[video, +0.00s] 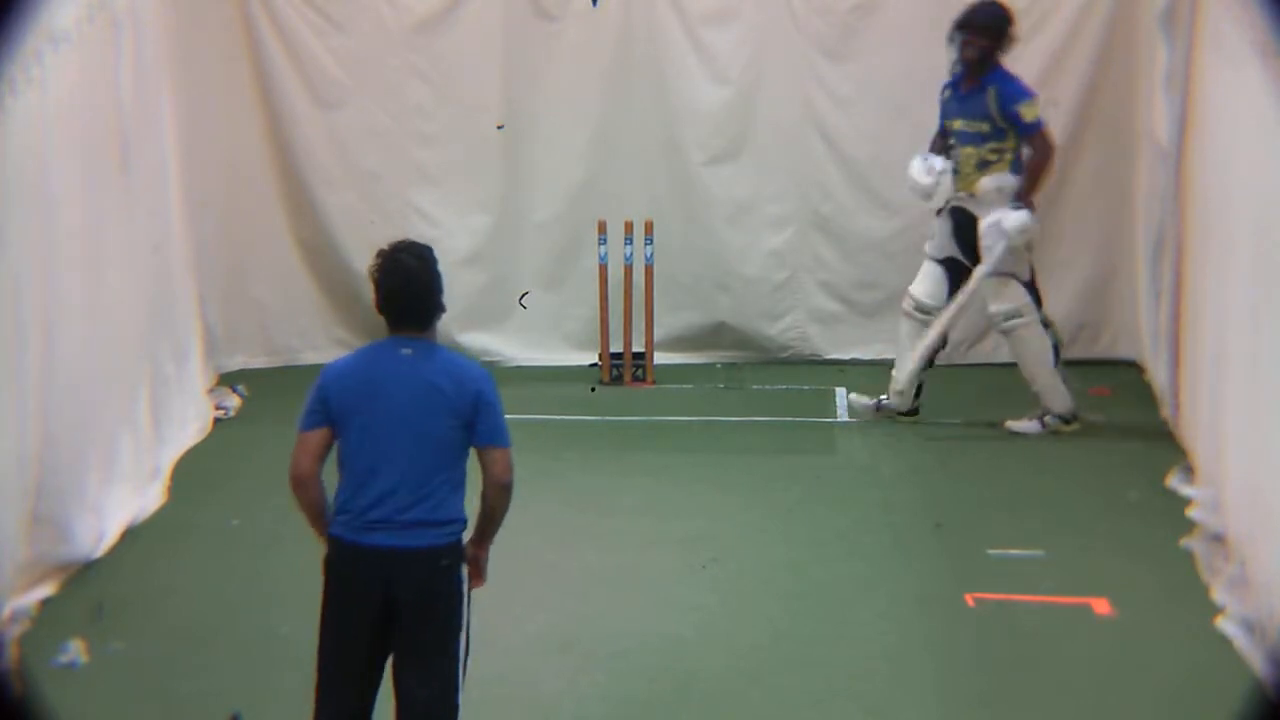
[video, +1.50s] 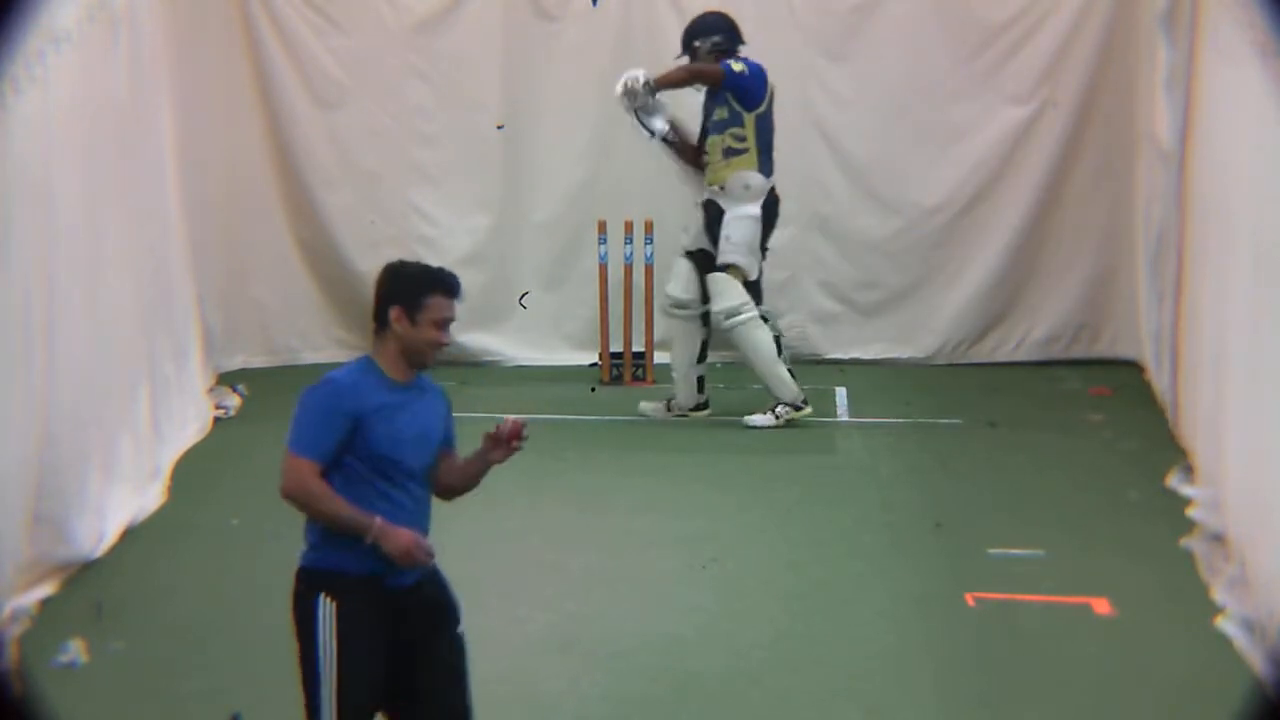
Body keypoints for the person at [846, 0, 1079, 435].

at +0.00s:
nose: (966, 48)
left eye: (976, 41)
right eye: (962, 39)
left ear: (996, 46)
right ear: (955, 40)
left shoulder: (1009, 92)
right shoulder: (952, 89)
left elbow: (1043, 147)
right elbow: (945, 133)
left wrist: (1020, 205)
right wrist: (930, 162)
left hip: (999, 214)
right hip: (957, 213)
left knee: (1011, 310)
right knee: (922, 302)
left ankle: (1059, 411)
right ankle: (902, 399)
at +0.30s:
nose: (890, 46)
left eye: (896, 38)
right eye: (889, 38)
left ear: (920, 36)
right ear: (910, 38)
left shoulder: (934, 80)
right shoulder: (912, 79)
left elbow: (935, 142)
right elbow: (906, 144)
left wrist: (895, 193)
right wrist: (879, 174)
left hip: (936, 194)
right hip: (911, 194)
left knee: (924, 298)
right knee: (888, 295)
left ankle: (1010, 387)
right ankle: (895, 401)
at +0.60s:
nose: (843, 56)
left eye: (847, 47)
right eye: (841, 49)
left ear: (868, 39)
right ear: (865, 41)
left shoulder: (893, 77)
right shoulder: (870, 79)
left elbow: (890, 142)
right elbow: (867, 143)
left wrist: (843, 178)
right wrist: (830, 165)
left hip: (896, 193)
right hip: (875, 191)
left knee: (850, 286)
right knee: (879, 294)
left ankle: (852, 399)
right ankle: (894, 394)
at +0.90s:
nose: (800, 61)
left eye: (804, 52)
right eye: (799, 53)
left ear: (825, 45)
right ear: (827, 45)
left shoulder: (850, 81)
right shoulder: (828, 82)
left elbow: (835, 146)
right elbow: (823, 145)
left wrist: (792, 169)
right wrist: (788, 156)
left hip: (842, 200)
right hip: (825, 197)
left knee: (794, 297)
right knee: (831, 305)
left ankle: (798, 408)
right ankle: (886, 391)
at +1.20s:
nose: (743, 61)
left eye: (747, 52)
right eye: (741, 53)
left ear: (771, 45)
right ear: (775, 46)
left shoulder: (795, 77)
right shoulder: (781, 79)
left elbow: (757, 123)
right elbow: (765, 123)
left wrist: (714, 135)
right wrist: (727, 120)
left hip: (797, 200)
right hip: (775, 198)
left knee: (771, 294)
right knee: (741, 273)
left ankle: (796, 408)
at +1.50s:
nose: (696, 63)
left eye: (699, 55)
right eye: (693, 57)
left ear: (716, 48)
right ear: (710, 57)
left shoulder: (751, 75)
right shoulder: (714, 99)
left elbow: (696, 71)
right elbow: (704, 162)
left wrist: (650, 84)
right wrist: (664, 130)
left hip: (750, 204)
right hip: (719, 205)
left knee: (729, 300)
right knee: (682, 294)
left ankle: (792, 400)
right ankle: (688, 399)